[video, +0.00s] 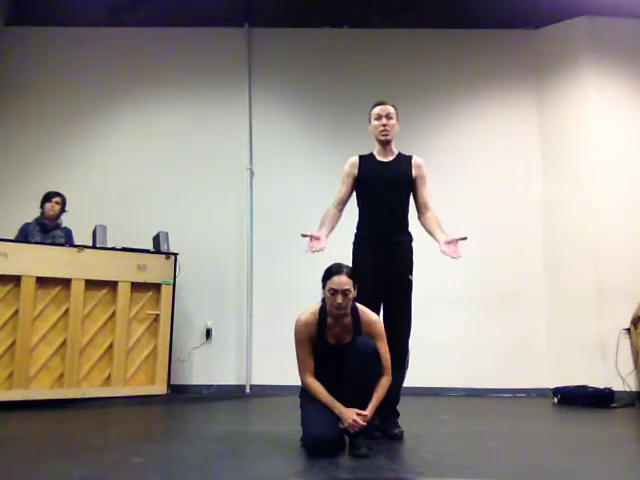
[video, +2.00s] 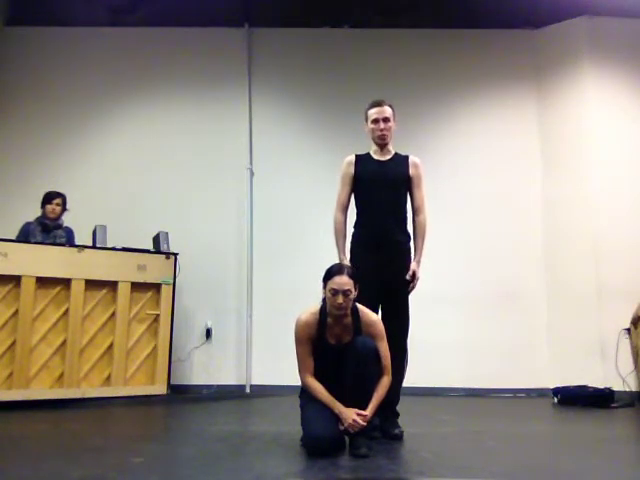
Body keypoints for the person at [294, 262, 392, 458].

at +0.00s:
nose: (339, 300)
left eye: (346, 293)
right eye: (333, 293)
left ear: (354, 293)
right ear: (324, 292)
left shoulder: (371, 322)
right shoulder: (306, 324)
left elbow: (386, 374)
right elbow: (307, 378)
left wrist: (366, 414)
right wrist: (341, 412)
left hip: (356, 393)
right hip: (321, 393)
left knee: (364, 347)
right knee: (321, 445)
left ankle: (360, 431)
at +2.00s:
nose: (340, 301)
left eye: (347, 294)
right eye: (334, 293)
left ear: (355, 293)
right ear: (324, 292)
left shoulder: (371, 322)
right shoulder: (307, 323)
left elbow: (386, 374)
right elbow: (307, 377)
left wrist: (366, 415)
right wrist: (342, 411)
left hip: (356, 393)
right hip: (321, 393)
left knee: (365, 347)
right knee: (321, 445)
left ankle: (360, 432)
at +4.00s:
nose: (339, 301)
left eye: (346, 294)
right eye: (333, 294)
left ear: (354, 294)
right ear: (324, 292)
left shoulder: (371, 323)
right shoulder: (306, 324)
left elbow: (386, 375)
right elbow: (306, 378)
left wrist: (367, 413)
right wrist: (341, 411)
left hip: (355, 392)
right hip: (320, 392)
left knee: (365, 347)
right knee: (321, 445)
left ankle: (359, 432)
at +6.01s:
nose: (340, 302)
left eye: (347, 295)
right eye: (334, 295)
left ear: (356, 294)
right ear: (325, 292)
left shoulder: (371, 323)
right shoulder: (307, 323)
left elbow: (387, 375)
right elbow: (306, 378)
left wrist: (366, 413)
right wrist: (341, 411)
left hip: (356, 393)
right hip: (321, 394)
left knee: (365, 347)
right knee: (322, 444)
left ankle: (360, 433)